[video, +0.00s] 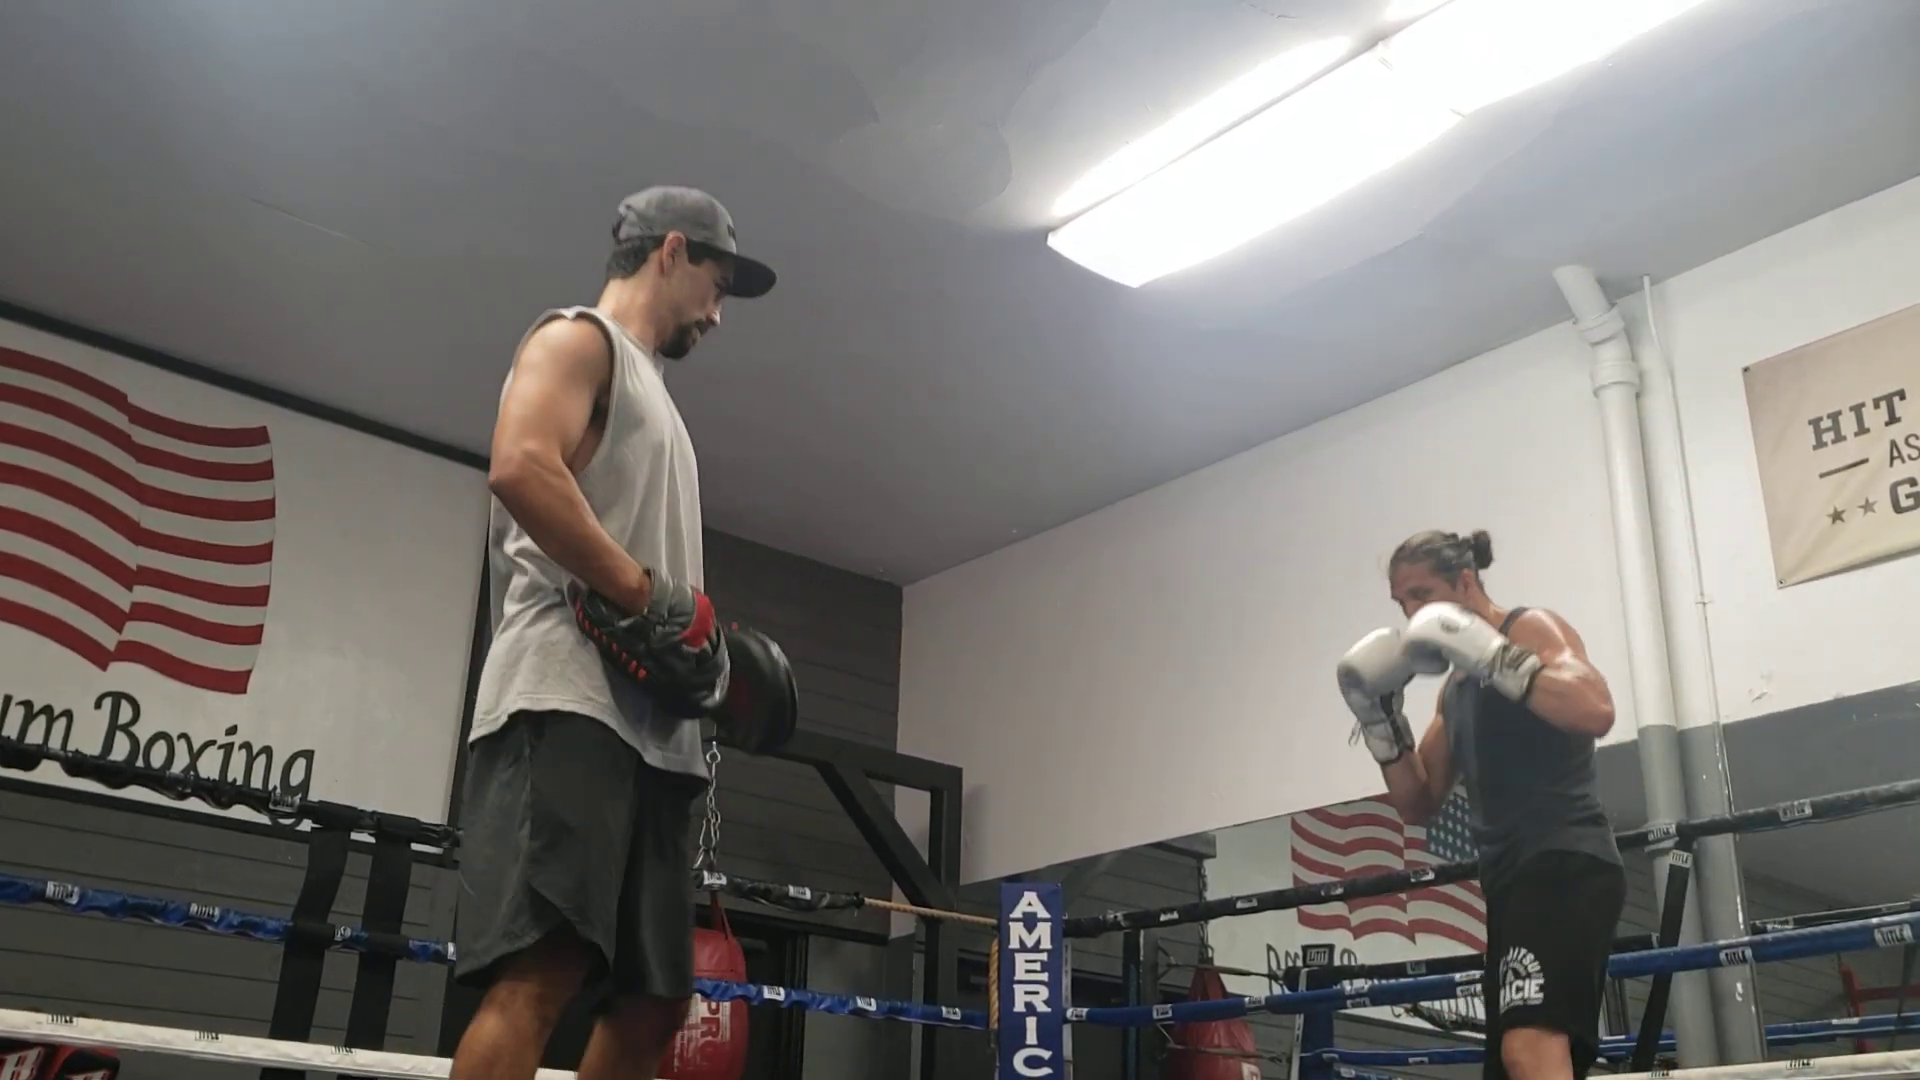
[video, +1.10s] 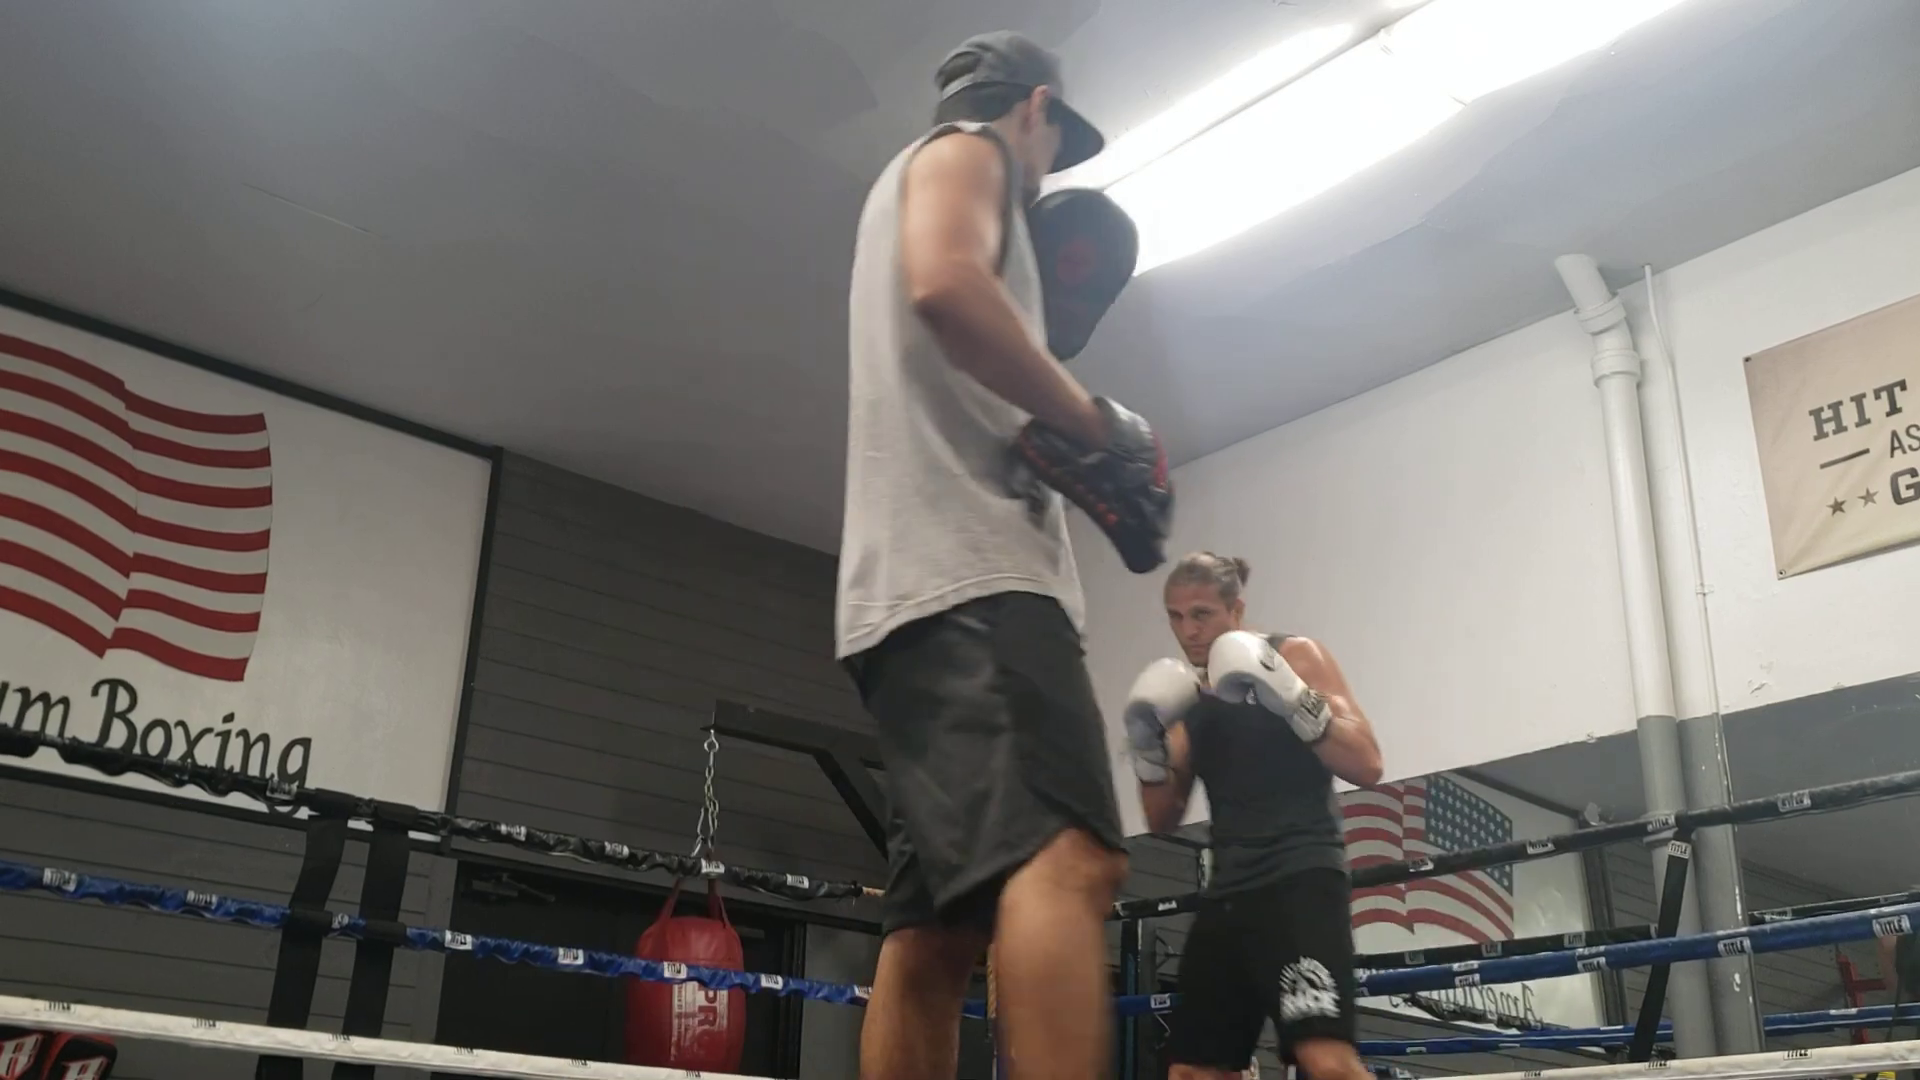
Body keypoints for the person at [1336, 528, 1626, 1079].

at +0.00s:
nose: (1411, 616)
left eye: (1420, 597)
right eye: (1403, 605)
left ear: (1465, 582)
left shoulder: (1530, 626)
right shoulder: (1455, 688)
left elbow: (1597, 712)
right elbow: (1418, 803)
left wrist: (1492, 654)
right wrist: (1379, 720)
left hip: (1562, 862)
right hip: (1512, 876)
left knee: (1533, 1050)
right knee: (1514, 1058)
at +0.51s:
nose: (1404, 569)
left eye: (1416, 550)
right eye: (1392, 557)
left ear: (1460, 544)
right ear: (1387, 563)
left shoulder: (1523, 603)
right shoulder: (1415, 648)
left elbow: (1585, 710)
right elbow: (1391, 768)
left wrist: (1498, 642)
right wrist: (1364, 691)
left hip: (1541, 848)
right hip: (1464, 862)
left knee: (1574, 1050)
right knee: (1451, 1053)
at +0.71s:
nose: (1360, 599)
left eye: (1370, 580)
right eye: (1349, 587)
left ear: (1414, 570)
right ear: (1344, 588)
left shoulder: (1476, 617)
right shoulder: (1378, 667)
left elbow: (1523, 714)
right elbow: (1357, 795)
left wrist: (1434, 641)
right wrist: (1319, 717)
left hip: (1505, 870)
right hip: (1422, 881)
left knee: (1552, 1061)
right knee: (1365, 1059)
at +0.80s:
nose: (1323, 629)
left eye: (1334, 610)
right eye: (1315, 617)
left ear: (1381, 601)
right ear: (1311, 619)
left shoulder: (1445, 650)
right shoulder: (1355, 703)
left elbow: (1488, 746)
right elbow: (1345, 828)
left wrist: (1398, 677)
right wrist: (1303, 756)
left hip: (1481, 902)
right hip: (1401, 915)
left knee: (1547, 1071)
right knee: (1344, 1071)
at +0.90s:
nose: (1271, 639)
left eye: (1282, 622)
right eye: (1262, 628)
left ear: (1324, 611)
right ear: (1257, 630)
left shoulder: (1389, 660)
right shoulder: (1306, 711)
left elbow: (1444, 762)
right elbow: (1299, 835)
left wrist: (1355, 698)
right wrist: (1259, 768)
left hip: (1418, 904)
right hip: (1343, 915)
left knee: (1486, 1069)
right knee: (1294, 1069)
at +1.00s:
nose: (1215, 644)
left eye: (1226, 627)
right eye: (1206, 631)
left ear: (1269, 616)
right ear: (1202, 630)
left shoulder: (1336, 661)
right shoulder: (1244, 703)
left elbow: (1401, 770)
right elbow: (1228, 833)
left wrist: (1313, 704)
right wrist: (1198, 765)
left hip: (1354, 897)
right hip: (1279, 903)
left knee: (1398, 1068)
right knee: (1218, 1069)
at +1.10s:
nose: (1188, 631)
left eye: (1202, 615)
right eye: (1177, 618)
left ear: (1237, 610)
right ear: (1167, 618)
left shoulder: (1297, 656)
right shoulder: (1186, 697)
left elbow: (1366, 767)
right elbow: (1162, 820)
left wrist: (1293, 700)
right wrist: (1147, 742)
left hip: (1304, 875)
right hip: (1229, 888)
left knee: (1323, 1056)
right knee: (1193, 1068)